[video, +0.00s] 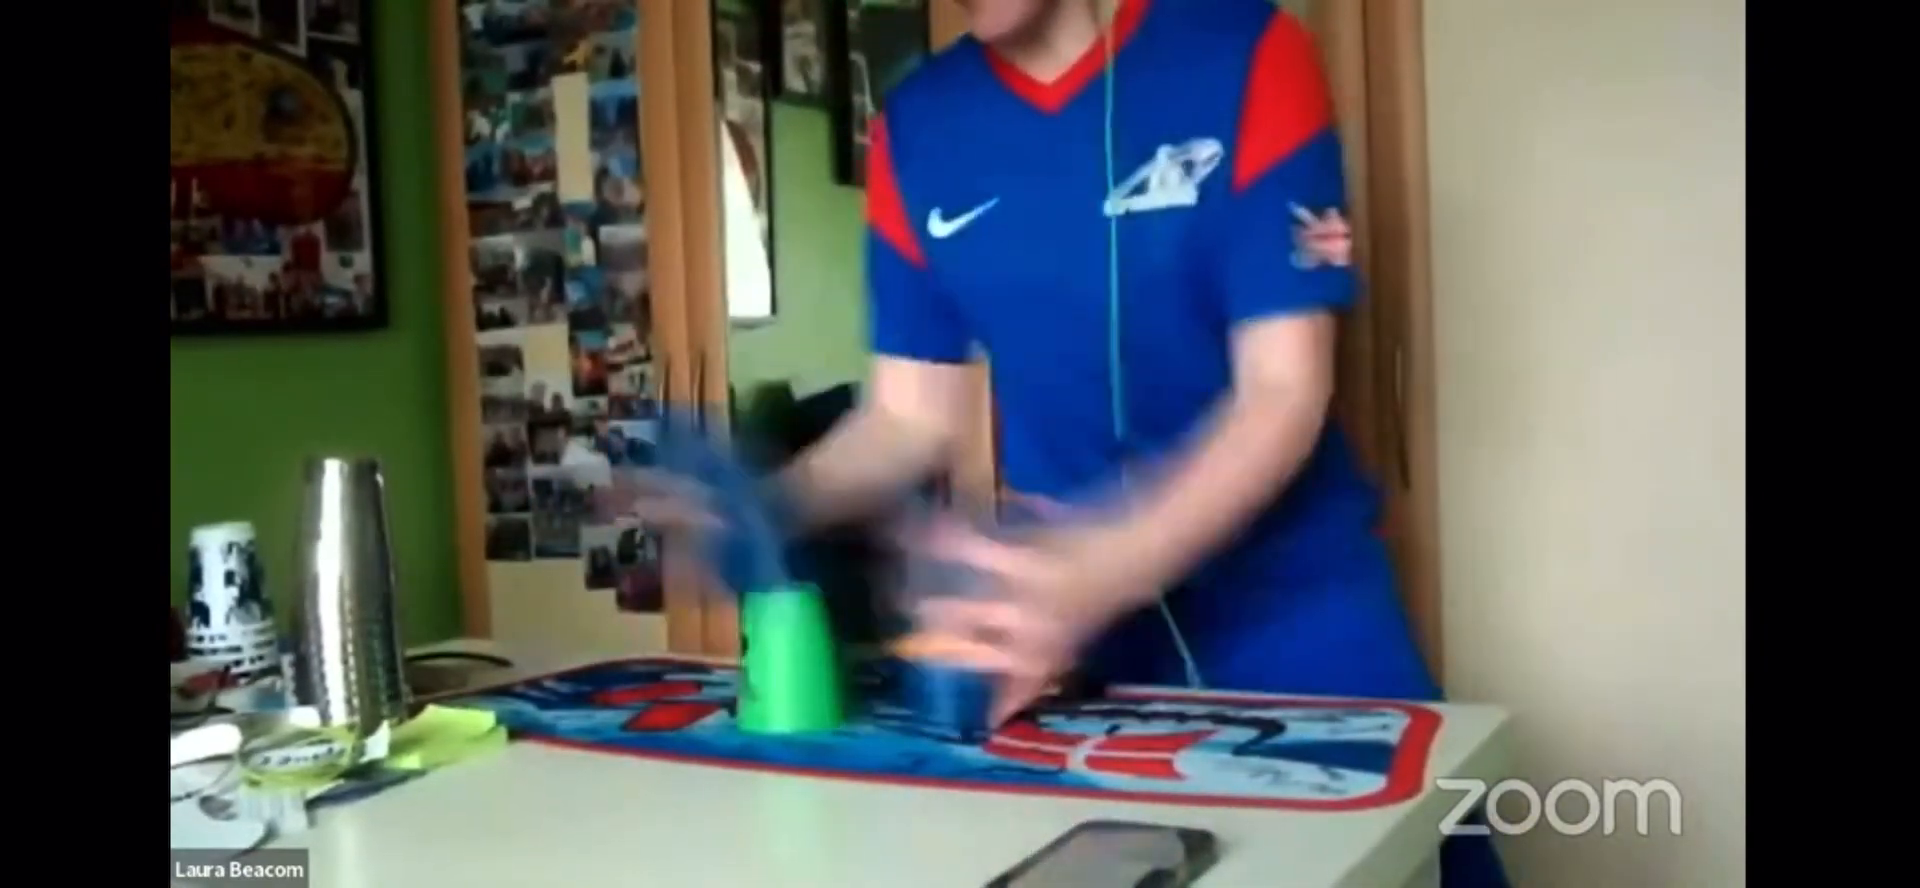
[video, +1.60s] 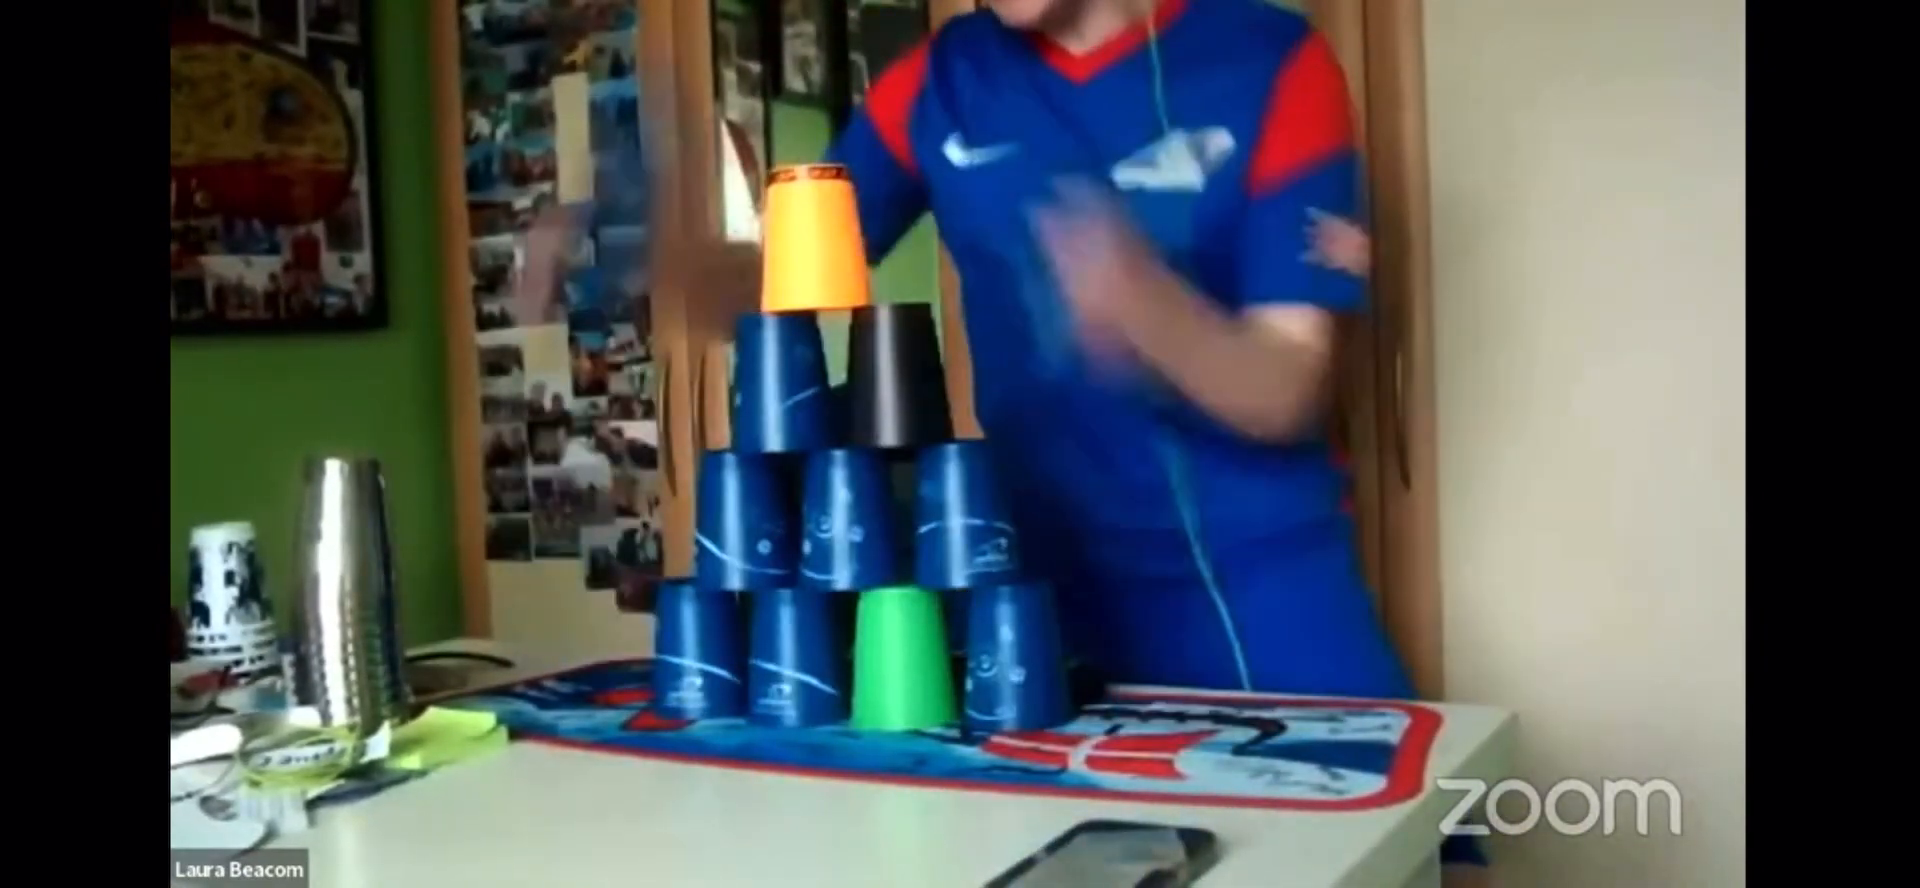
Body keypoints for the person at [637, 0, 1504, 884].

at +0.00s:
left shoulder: (1242, 52)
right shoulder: (919, 121)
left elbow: (1285, 394)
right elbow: (912, 413)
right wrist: (759, 511)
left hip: (1292, 646)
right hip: (1066, 670)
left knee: (1365, 866)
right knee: (1106, 871)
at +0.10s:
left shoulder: (1236, 61)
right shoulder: (916, 118)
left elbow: (1270, 397)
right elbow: (862, 397)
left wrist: (1088, 452)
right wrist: (776, 436)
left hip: (1279, 631)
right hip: (1053, 629)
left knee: (1357, 863)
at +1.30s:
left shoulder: (1250, 51)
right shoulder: (936, 102)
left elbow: (1269, 378)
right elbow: (898, 372)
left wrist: (1064, 391)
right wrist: (773, 290)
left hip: (1272, 603)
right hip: (1045, 622)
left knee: (1369, 855)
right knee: (1073, 868)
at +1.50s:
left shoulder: (1284, 95)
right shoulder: (947, 95)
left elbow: (1316, 410)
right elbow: (726, 274)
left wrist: (1245, 567)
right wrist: (608, 442)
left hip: (1277, 649)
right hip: (1045, 668)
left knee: (1337, 869)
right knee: (1073, 873)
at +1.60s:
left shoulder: (1270, 64)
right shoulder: (943, 81)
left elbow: (1284, 392)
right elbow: (780, 284)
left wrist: (1143, 302)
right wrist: (653, 256)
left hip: (1266, 638)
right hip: (1049, 642)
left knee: (1346, 863)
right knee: (1082, 870)